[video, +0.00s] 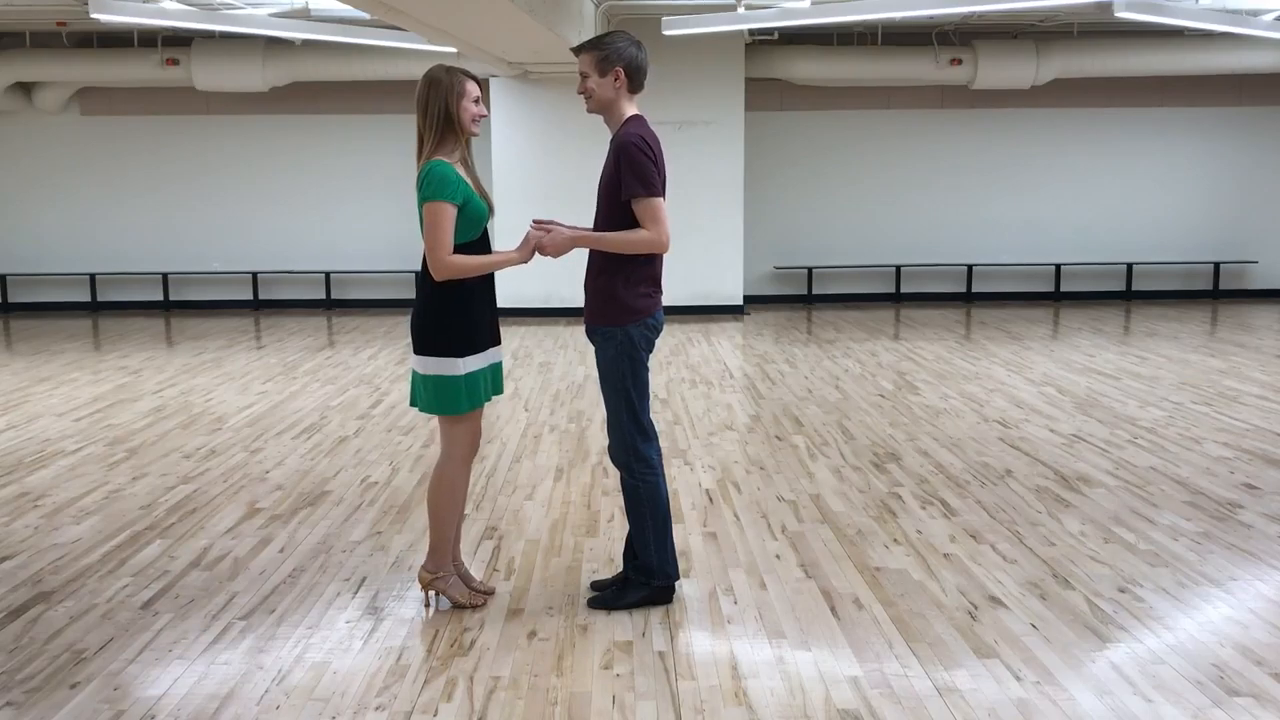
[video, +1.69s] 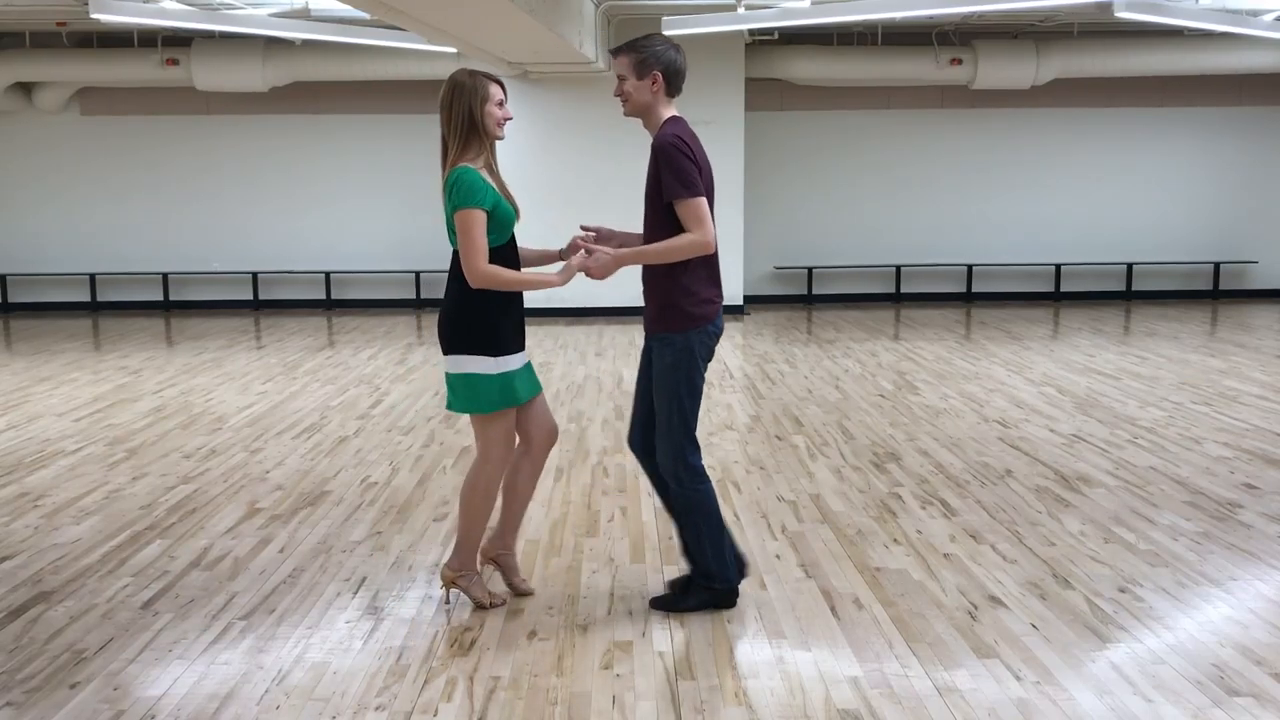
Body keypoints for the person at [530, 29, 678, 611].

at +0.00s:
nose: (579, 88)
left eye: (586, 77)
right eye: (579, 78)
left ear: (616, 77)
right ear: (617, 78)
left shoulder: (634, 142)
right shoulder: (626, 139)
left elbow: (657, 238)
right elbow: (629, 232)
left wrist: (575, 238)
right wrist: (567, 234)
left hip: (627, 320)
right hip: (620, 317)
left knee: (634, 449)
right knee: (630, 447)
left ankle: (655, 576)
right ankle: (645, 568)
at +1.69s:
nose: (616, 92)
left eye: (622, 81)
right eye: (615, 82)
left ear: (656, 81)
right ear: (653, 84)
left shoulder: (673, 143)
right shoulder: (669, 139)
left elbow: (702, 238)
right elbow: (676, 235)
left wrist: (622, 259)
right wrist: (616, 240)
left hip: (686, 324)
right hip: (672, 323)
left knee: (672, 447)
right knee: (646, 439)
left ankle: (716, 578)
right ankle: (717, 557)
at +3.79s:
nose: (586, 85)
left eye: (591, 74)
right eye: (586, 74)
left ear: (623, 74)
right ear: (622, 77)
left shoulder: (641, 136)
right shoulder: (640, 133)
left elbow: (667, 231)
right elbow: (641, 226)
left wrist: (587, 224)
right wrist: (581, 214)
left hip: (645, 320)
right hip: (629, 317)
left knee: (654, 445)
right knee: (609, 434)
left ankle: (710, 570)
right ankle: (630, 563)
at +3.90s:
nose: (596, 86)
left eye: (602, 75)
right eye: (596, 76)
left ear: (636, 76)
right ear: (636, 78)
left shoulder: (649, 136)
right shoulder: (654, 134)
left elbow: (675, 233)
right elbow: (651, 230)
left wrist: (594, 243)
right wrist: (591, 226)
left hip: (663, 318)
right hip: (648, 317)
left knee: (666, 444)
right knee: (622, 432)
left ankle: (714, 576)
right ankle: (644, 564)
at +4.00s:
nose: (607, 88)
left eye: (613, 77)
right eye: (607, 78)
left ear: (645, 78)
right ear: (645, 80)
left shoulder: (663, 141)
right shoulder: (663, 137)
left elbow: (687, 239)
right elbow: (667, 236)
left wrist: (607, 263)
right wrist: (607, 241)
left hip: (677, 322)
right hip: (660, 320)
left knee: (668, 446)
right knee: (636, 436)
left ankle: (713, 580)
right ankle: (685, 565)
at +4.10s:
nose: (616, 88)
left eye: (622, 78)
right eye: (616, 78)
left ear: (653, 79)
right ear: (656, 80)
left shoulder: (673, 144)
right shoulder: (677, 139)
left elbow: (702, 242)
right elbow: (682, 235)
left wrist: (623, 264)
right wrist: (626, 242)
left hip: (685, 324)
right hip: (687, 320)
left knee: (675, 451)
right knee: (680, 443)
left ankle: (714, 576)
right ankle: (750, 551)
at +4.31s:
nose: (621, 84)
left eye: (628, 73)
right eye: (620, 74)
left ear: (659, 75)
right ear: (661, 77)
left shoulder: (679, 140)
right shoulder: (680, 134)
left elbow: (709, 238)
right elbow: (691, 225)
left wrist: (632, 253)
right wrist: (633, 226)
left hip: (696, 318)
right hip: (706, 314)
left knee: (687, 446)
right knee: (714, 435)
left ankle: (714, 575)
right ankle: (774, 557)